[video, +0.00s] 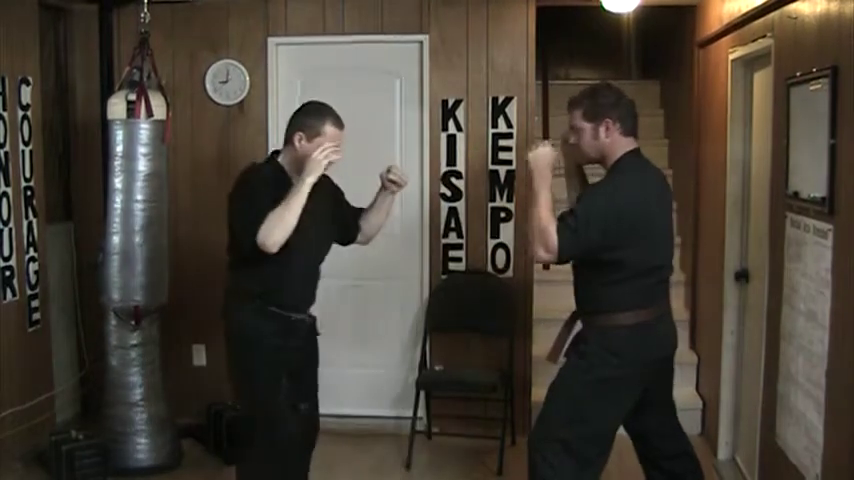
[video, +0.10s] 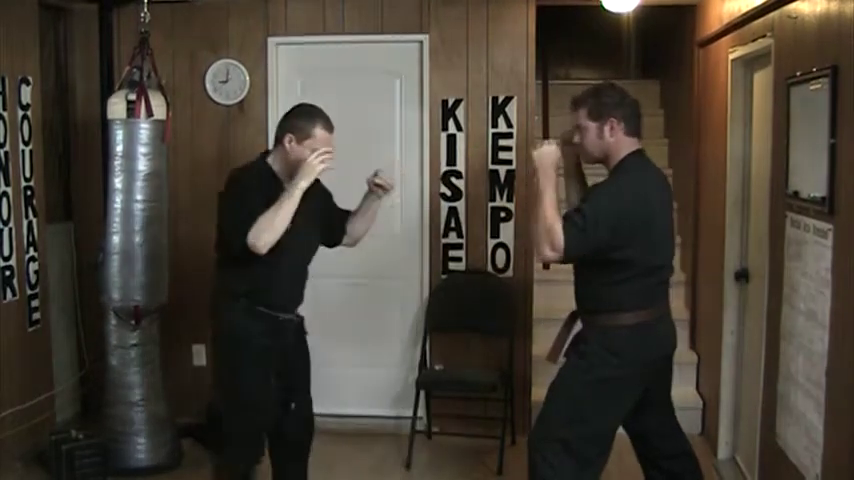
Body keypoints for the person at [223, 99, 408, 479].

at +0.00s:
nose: (332, 156)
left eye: (336, 148)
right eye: (327, 146)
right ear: (299, 140)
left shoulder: (321, 188)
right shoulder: (255, 180)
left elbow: (361, 232)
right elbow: (269, 240)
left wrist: (386, 193)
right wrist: (306, 179)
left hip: (299, 326)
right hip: (255, 325)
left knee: (302, 429)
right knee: (269, 430)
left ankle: (292, 477)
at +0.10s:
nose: (322, 159)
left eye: (325, 152)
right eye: (316, 149)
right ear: (289, 143)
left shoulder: (309, 189)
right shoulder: (246, 181)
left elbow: (347, 234)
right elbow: (259, 241)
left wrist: (373, 198)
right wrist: (300, 182)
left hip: (288, 328)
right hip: (243, 328)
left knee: (295, 433)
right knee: (243, 437)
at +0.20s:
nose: (307, 161)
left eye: (310, 153)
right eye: (301, 151)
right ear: (273, 144)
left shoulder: (294, 191)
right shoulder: (231, 185)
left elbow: (331, 234)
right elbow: (249, 241)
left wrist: (354, 195)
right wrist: (291, 183)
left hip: (275, 327)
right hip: (228, 328)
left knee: (291, 430)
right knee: (221, 432)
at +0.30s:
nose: (288, 162)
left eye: (292, 154)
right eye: (284, 152)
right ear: (256, 147)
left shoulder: (273, 193)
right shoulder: (214, 188)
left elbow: (312, 235)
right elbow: (239, 243)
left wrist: (333, 195)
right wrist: (276, 184)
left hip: (261, 329)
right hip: (213, 328)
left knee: (288, 428)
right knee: (187, 427)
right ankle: (145, 476)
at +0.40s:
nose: (270, 167)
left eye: (273, 159)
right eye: (265, 157)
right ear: (237, 151)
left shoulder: (252, 197)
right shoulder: (196, 194)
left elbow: (292, 244)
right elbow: (224, 249)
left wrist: (314, 202)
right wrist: (262, 191)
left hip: (242, 339)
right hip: (193, 337)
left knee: (283, 430)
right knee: (164, 439)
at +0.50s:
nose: (253, 172)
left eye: (256, 164)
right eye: (247, 162)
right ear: (218, 154)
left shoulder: (238, 202)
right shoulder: (177, 196)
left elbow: (277, 253)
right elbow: (205, 254)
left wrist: (299, 213)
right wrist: (260, 208)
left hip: (228, 339)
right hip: (179, 338)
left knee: (270, 427)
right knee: (155, 433)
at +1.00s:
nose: (291, 167)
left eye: (294, 158)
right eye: (288, 156)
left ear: (267, 153)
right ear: (259, 149)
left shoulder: (266, 194)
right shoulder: (217, 190)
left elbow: (295, 247)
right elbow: (252, 247)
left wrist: (323, 211)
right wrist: (278, 188)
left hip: (259, 334)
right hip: (212, 334)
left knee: (283, 434)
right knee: (190, 437)